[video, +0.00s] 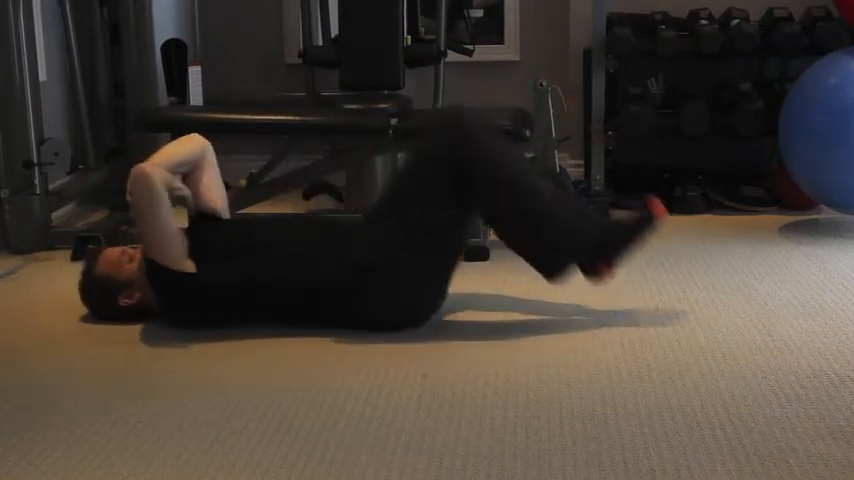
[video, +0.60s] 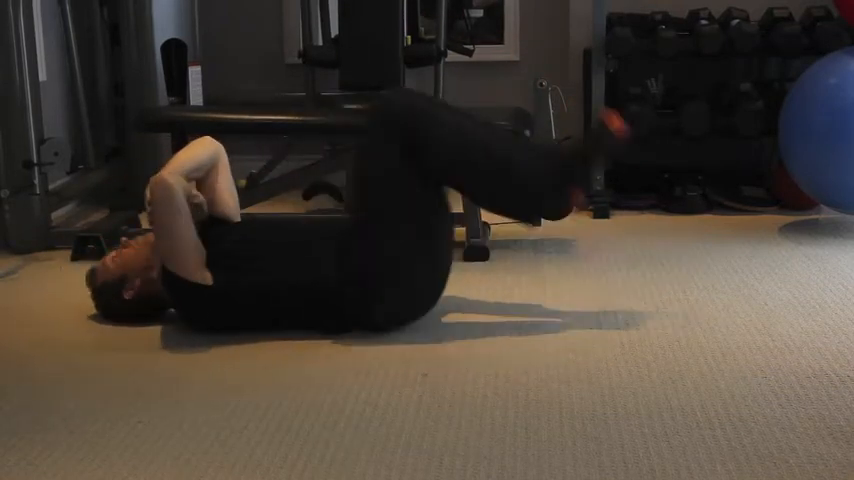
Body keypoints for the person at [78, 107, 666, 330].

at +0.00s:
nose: (130, 254)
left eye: (123, 254)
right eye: (120, 263)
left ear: (140, 267)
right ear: (130, 295)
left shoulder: (206, 250)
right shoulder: (181, 292)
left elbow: (199, 149)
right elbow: (145, 176)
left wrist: (169, 221)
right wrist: (176, 217)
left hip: (388, 259)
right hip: (383, 287)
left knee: (461, 133)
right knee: (456, 139)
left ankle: (574, 240)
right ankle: (585, 243)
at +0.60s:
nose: (127, 246)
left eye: (115, 250)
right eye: (118, 260)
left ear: (142, 261)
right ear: (137, 288)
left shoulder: (212, 248)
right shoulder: (191, 293)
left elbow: (212, 153)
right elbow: (166, 182)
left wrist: (172, 227)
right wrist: (181, 223)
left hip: (392, 271)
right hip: (380, 291)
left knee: (402, 116)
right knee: (395, 117)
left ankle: (549, 179)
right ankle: (546, 188)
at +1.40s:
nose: (135, 243)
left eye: (122, 243)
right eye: (120, 258)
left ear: (143, 246)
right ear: (134, 293)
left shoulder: (217, 261)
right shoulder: (196, 298)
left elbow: (226, 152)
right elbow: (189, 178)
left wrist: (184, 186)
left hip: (394, 267)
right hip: (376, 286)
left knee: (339, 120)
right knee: (330, 123)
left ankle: (497, 134)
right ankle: (502, 128)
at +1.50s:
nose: (134, 250)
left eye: (126, 253)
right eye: (125, 263)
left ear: (145, 258)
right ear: (136, 296)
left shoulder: (218, 257)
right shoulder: (196, 299)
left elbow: (218, 152)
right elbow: (178, 175)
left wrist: (189, 229)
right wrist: (197, 226)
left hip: (403, 269)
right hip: (394, 287)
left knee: (395, 114)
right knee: (391, 117)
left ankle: (544, 185)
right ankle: (542, 189)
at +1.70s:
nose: (163, 259)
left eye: (154, 259)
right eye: (153, 269)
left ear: (172, 268)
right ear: (166, 300)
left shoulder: (235, 252)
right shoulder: (220, 295)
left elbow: (218, 149)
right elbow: (177, 181)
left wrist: (182, 181)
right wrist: (203, 201)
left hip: (422, 260)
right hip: (418, 286)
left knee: (503, 132)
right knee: (500, 140)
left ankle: (604, 257)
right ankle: (616, 261)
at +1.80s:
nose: (175, 258)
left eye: (166, 258)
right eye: (164, 267)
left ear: (182, 270)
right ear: (175, 300)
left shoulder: (243, 251)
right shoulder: (230, 296)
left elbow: (222, 147)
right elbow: (183, 185)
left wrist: (202, 219)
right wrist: (219, 224)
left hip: (431, 254)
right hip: (428, 284)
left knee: (519, 134)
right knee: (518, 143)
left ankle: (605, 267)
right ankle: (631, 271)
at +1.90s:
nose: (172, 256)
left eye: (164, 256)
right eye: (161, 266)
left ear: (183, 267)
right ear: (175, 298)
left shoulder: (244, 252)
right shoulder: (227, 294)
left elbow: (227, 148)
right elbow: (191, 180)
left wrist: (194, 204)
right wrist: (208, 214)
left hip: (432, 256)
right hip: (428, 285)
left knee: (523, 138)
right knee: (518, 145)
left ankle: (623, 266)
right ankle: (635, 270)